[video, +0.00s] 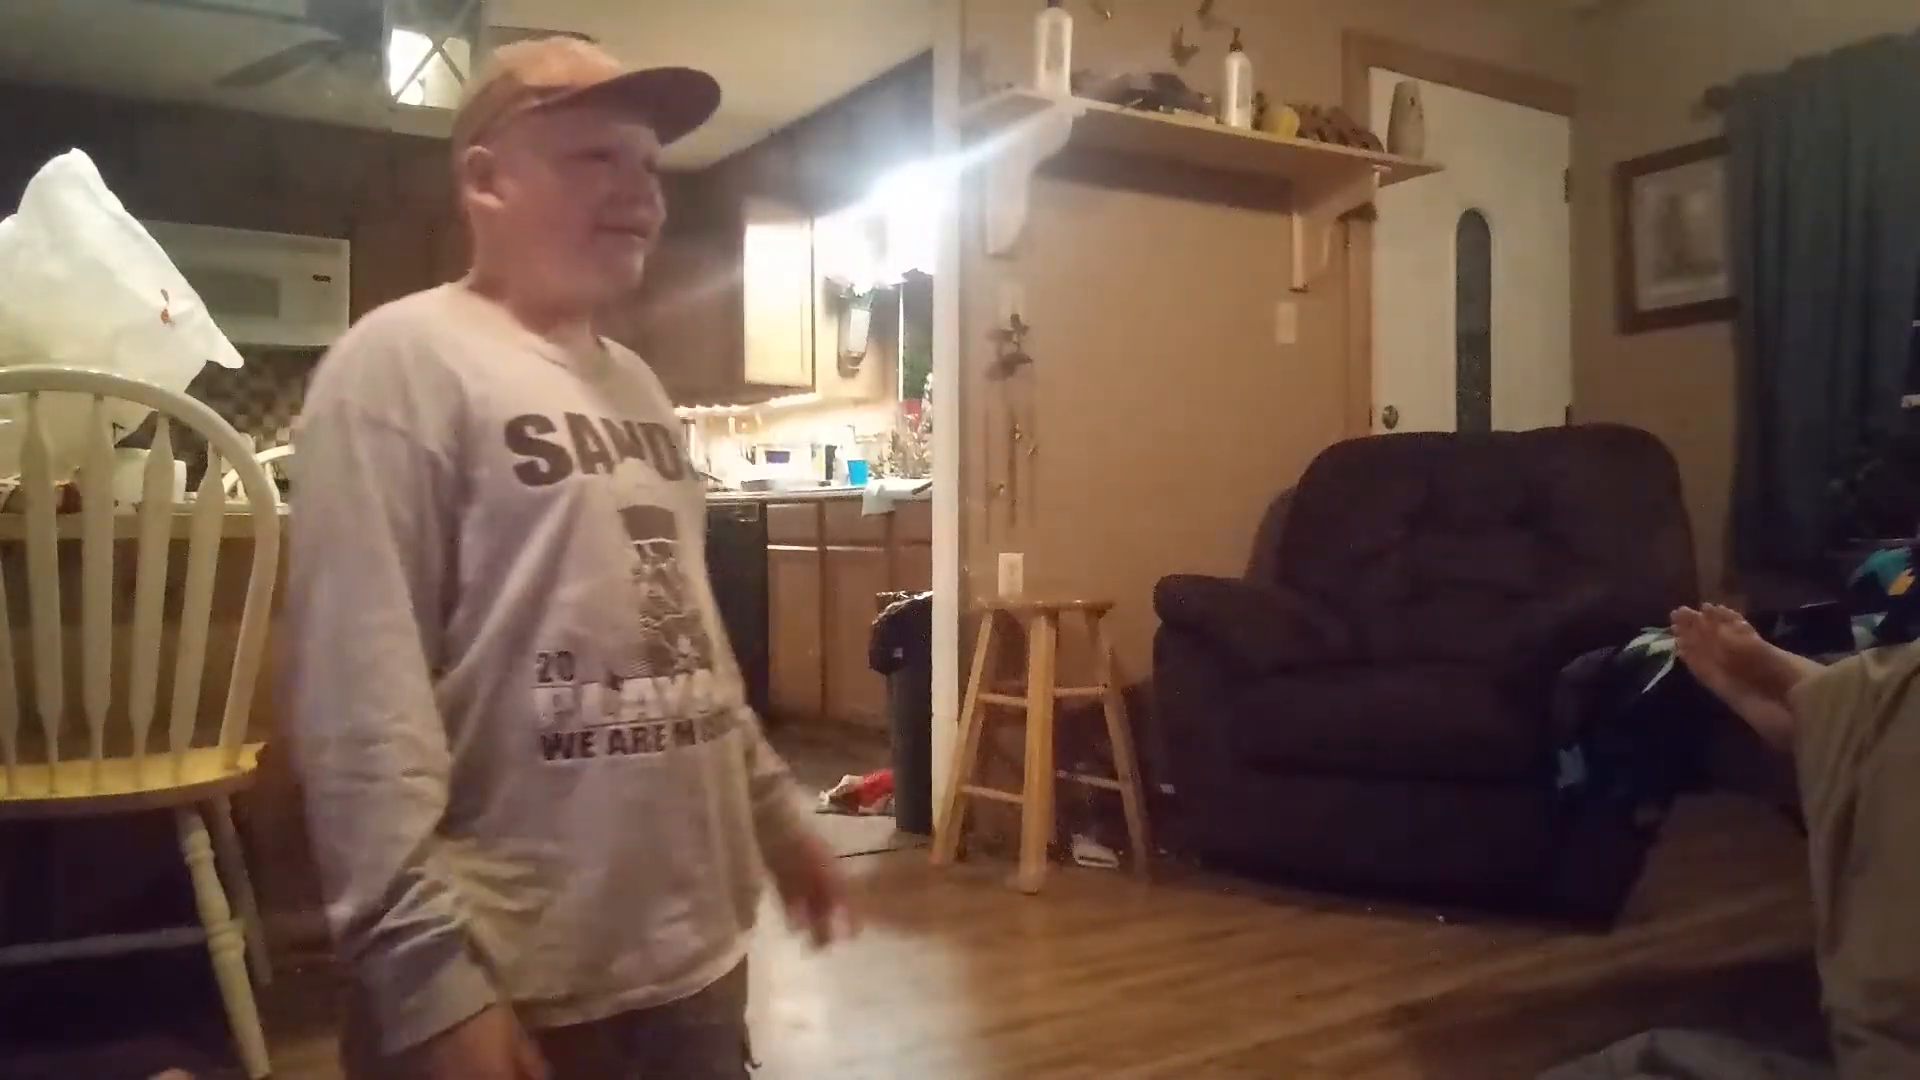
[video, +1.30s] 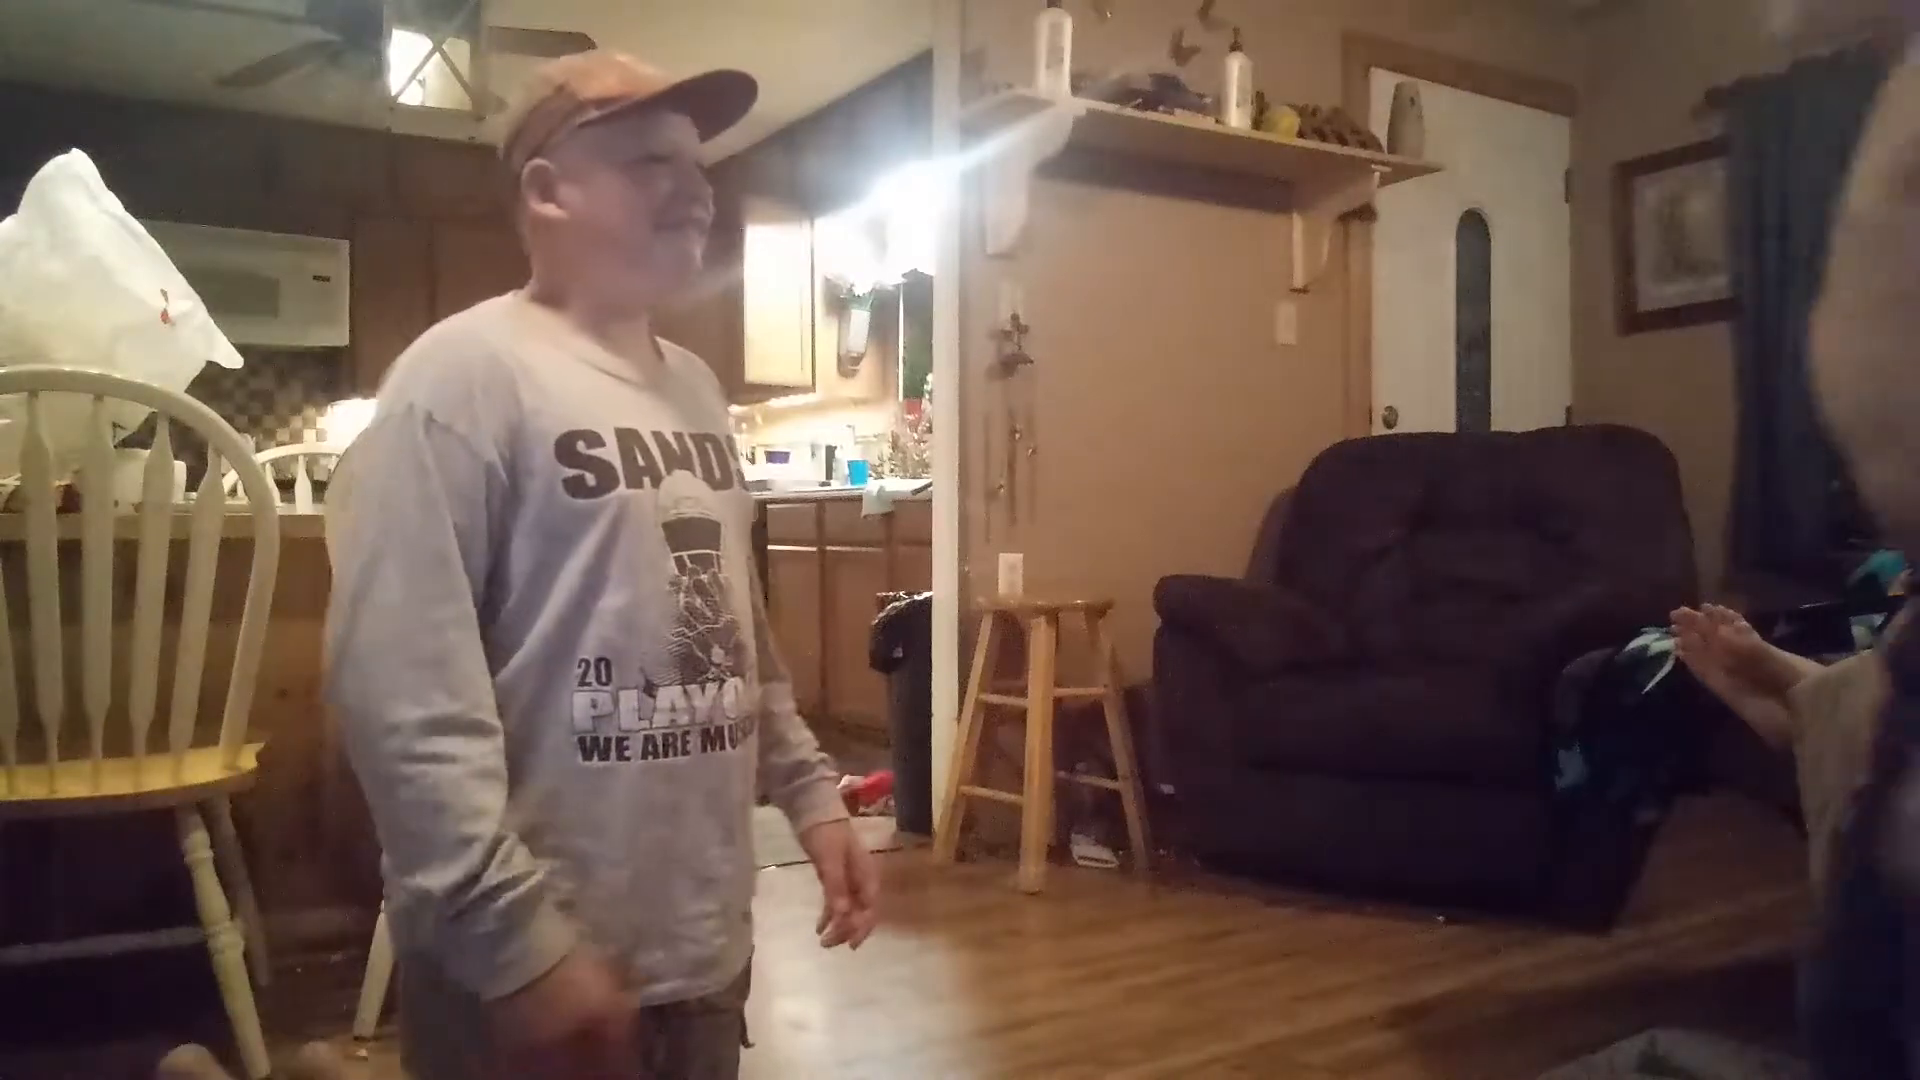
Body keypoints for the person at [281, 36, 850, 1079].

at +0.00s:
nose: (644, 196)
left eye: (652, 168)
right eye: (597, 156)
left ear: (657, 190)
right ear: (484, 177)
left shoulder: (639, 387)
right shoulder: (396, 361)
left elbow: (687, 644)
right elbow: (354, 689)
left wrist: (779, 820)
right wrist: (430, 984)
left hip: (692, 972)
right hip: (503, 995)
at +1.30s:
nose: (696, 193)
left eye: (699, 166)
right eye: (648, 161)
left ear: (708, 186)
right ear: (546, 189)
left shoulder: (692, 385)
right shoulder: (461, 374)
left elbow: (733, 636)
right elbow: (399, 687)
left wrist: (816, 806)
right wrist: (521, 951)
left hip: (703, 958)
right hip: (528, 984)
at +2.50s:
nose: (574, 237)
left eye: (589, 220)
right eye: (525, 211)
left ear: (612, 255)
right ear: (429, 253)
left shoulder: (625, 420)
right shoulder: (353, 386)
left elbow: (796, 518)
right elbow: (283, 563)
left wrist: (910, 488)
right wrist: (580, 441)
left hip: (569, 924)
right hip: (360, 937)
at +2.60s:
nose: (584, 259)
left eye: (598, 237)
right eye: (536, 234)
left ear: (621, 260)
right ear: (439, 267)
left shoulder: (636, 428)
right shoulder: (363, 397)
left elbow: (816, 509)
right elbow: (278, 567)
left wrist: (940, 462)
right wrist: (573, 448)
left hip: (573, 938)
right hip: (360, 956)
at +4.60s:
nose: (593, 396)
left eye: (601, 369)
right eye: (550, 376)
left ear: (616, 375)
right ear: (458, 406)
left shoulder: (652, 507)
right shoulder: (363, 535)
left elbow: (839, 548)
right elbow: (258, 747)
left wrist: (977, 478)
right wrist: (457, 621)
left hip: (603, 922)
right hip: (398, 926)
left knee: (665, 1065)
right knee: (375, 1062)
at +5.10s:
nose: (560, 414)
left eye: (574, 381)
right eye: (518, 392)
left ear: (596, 386)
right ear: (427, 417)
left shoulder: (644, 509)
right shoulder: (368, 530)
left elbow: (833, 538)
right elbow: (310, 717)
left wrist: (990, 469)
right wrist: (538, 580)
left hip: (616, 917)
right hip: (429, 925)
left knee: (654, 1071)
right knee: (458, 1076)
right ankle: (315, 1018)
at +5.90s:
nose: (570, 406)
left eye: (577, 376)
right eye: (528, 382)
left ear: (593, 383)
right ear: (433, 415)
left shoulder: (643, 511)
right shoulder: (355, 538)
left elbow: (833, 576)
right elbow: (254, 747)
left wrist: (1009, 544)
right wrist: (480, 590)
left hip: (612, 912)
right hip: (428, 929)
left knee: (664, 1066)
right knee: (445, 1064)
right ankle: (307, 1005)